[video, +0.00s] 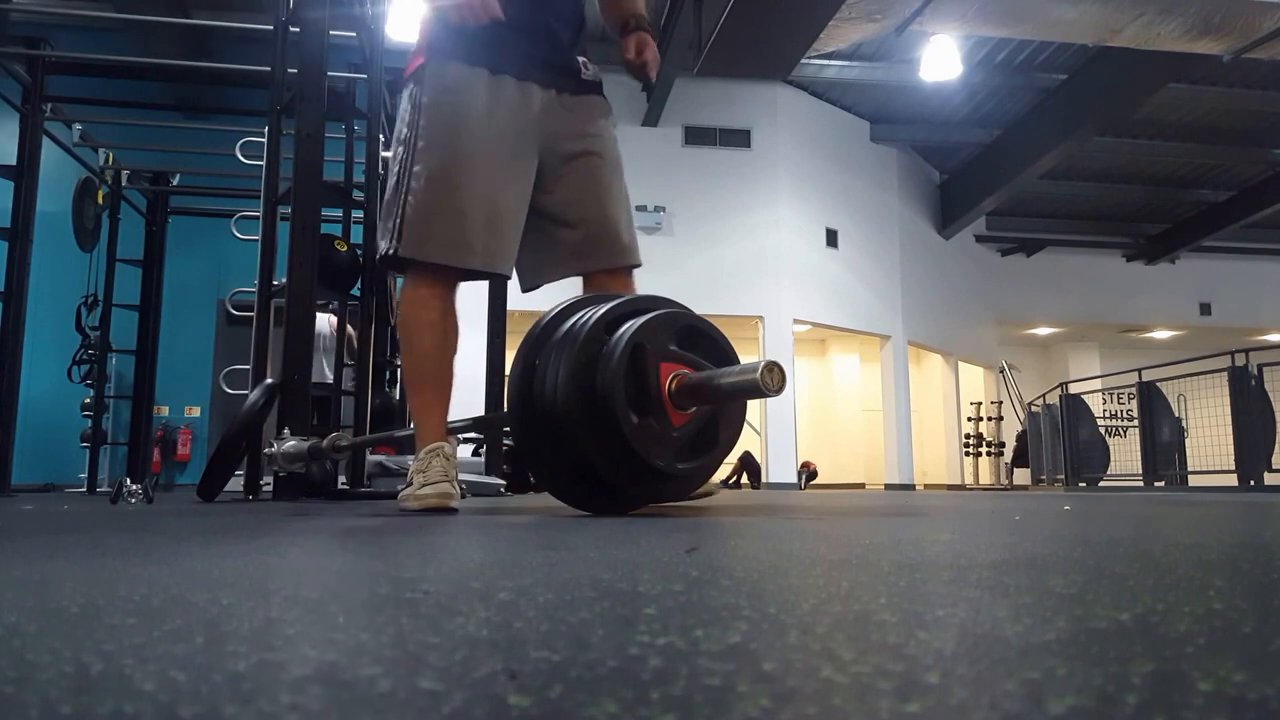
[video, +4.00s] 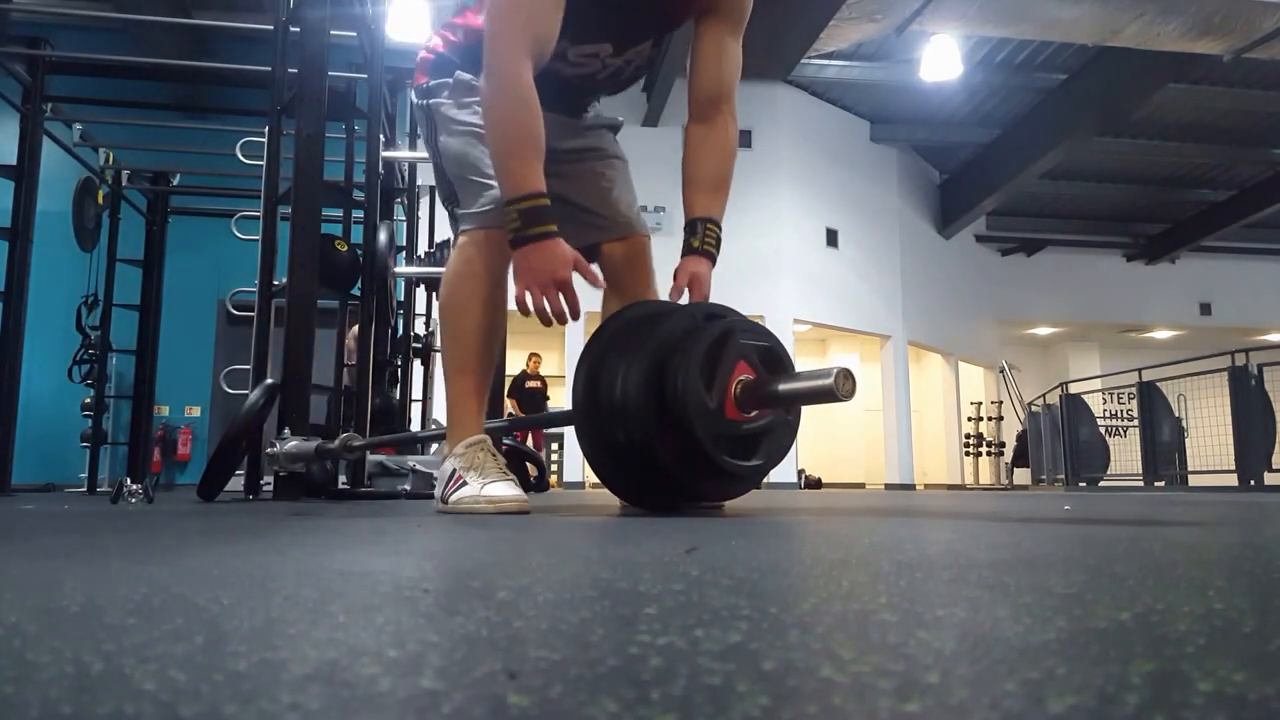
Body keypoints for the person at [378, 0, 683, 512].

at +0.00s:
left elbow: (616, 3)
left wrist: (633, 24)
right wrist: (444, 1)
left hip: (567, 64)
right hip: (469, 46)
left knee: (612, 261)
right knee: (434, 265)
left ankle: (636, 458)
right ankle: (433, 453)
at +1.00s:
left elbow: (693, 2)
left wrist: (671, 57)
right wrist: (488, 3)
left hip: (616, 71)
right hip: (511, 47)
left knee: (642, 253)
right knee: (492, 225)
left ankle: (661, 461)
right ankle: (464, 451)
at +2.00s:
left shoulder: (721, 19)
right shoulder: (547, 10)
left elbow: (666, 144)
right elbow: (524, 167)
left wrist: (622, 219)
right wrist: (546, 318)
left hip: (578, 118)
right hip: (467, 92)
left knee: (650, 237)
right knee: (479, 210)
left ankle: (646, 457)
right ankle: (438, 453)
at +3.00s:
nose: (715, 20)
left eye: (730, 11)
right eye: (710, 2)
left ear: (736, 10)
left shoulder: (717, 38)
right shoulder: (557, 17)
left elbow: (661, 156)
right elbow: (539, 198)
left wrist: (631, 211)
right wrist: (579, 349)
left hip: (562, 118)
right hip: (459, 95)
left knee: (640, 236)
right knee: (492, 207)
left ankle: (637, 457)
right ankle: (440, 453)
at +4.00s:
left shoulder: (725, 2)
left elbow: (712, 112)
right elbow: (507, 71)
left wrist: (701, 246)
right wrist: (532, 227)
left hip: (572, 104)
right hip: (472, 75)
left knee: (629, 245)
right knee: (492, 221)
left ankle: (645, 459)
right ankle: (466, 450)